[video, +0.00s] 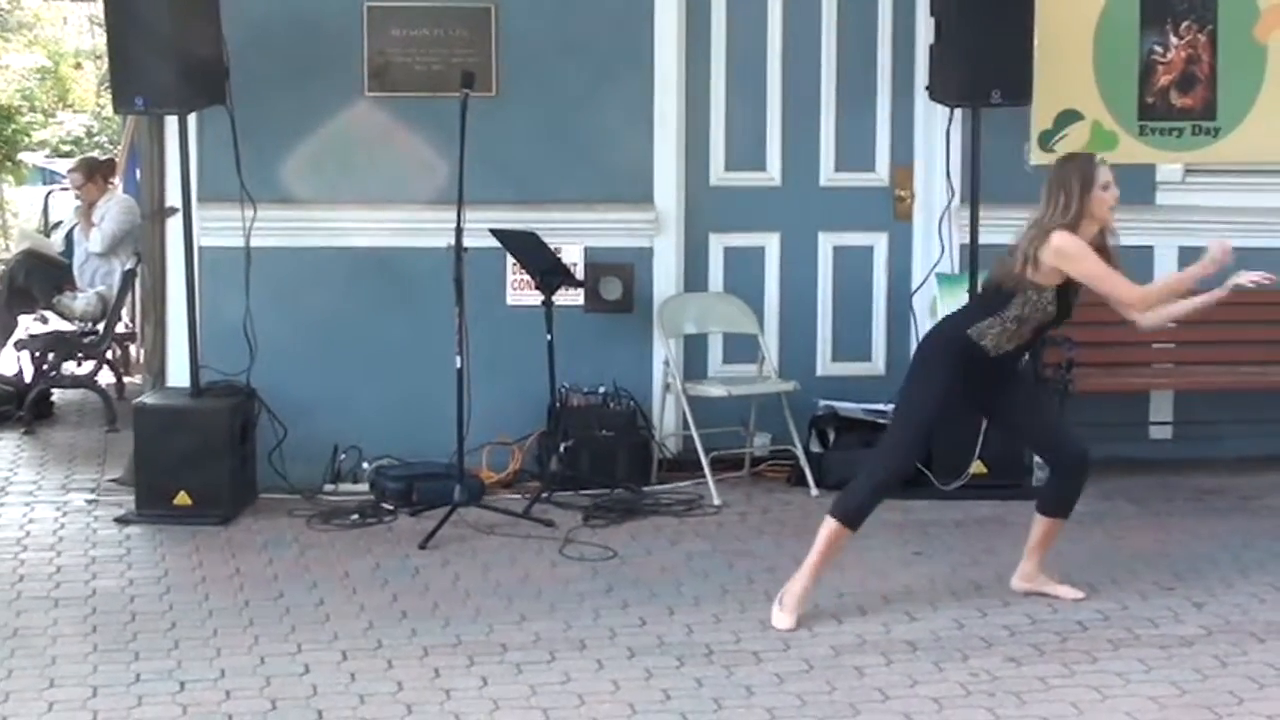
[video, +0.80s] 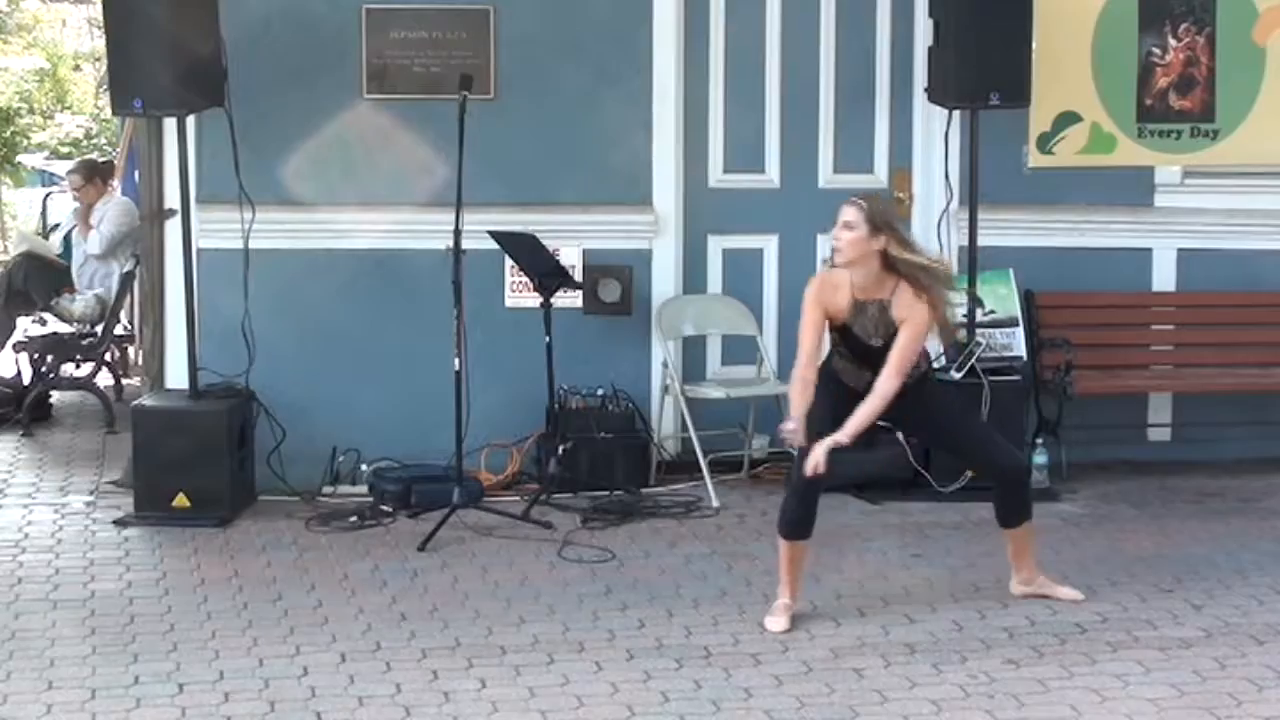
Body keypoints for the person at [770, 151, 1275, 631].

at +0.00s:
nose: (1116, 197)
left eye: (1115, 187)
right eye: (1107, 188)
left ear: (1087, 198)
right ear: (1079, 196)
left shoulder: (1086, 252)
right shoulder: (1058, 242)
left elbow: (1149, 319)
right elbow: (1135, 302)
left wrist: (1224, 292)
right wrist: (1203, 270)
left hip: (1000, 370)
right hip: (953, 356)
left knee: (1071, 457)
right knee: (894, 463)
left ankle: (1030, 572)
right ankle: (801, 584)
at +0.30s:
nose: (1078, 243)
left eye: (1077, 234)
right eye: (1068, 234)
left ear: (1062, 245)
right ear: (1039, 242)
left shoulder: (1061, 304)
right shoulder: (1006, 289)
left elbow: (1113, 371)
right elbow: (1077, 347)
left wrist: (1183, 356)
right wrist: (1145, 306)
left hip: (969, 398)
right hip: (911, 390)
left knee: (1061, 453)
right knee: (876, 482)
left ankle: (1029, 570)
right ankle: (794, 594)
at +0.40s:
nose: (1048, 250)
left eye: (1049, 241)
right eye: (1035, 242)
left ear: (1048, 254)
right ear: (1007, 253)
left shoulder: (1043, 316)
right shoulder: (976, 301)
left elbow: (1083, 381)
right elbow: (1037, 368)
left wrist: (1145, 371)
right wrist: (1119, 338)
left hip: (959, 399)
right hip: (899, 393)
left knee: (1053, 456)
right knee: (862, 479)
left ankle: (1028, 572)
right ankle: (795, 592)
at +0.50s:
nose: (993, 254)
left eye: (1004, 246)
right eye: (983, 246)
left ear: (1019, 259)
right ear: (967, 257)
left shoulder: (1022, 317)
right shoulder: (939, 304)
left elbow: (1042, 392)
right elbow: (986, 383)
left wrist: (1081, 396)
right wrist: (1067, 381)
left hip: (954, 396)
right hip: (888, 392)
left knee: (1044, 457)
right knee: (844, 477)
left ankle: (1028, 573)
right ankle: (793, 596)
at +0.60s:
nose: (936, 255)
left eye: (949, 246)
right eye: (930, 246)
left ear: (974, 258)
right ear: (921, 254)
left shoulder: (995, 311)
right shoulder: (901, 302)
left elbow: (1000, 383)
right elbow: (918, 390)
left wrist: (1003, 417)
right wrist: (985, 404)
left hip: (943, 401)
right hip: (873, 396)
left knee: (1036, 460)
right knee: (833, 472)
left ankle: (1027, 575)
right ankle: (791, 596)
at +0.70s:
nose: (882, 245)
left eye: (895, 237)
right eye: (881, 237)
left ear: (926, 250)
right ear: (877, 247)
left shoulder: (959, 306)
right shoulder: (859, 297)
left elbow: (945, 386)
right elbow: (851, 386)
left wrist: (919, 432)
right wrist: (885, 417)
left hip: (933, 403)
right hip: (858, 399)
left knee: (1020, 461)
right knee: (816, 475)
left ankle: (1026, 576)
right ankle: (787, 596)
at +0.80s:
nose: (835, 235)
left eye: (848, 228)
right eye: (836, 227)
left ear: (880, 241)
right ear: (836, 235)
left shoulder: (915, 299)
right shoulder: (823, 287)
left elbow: (888, 381)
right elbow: (805, 363)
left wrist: (838, 438)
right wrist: (797, 419)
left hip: (908, 387)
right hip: (842, 386)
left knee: (1010, 466)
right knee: (804, 474)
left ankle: (1025, 576)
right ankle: (786, 596)